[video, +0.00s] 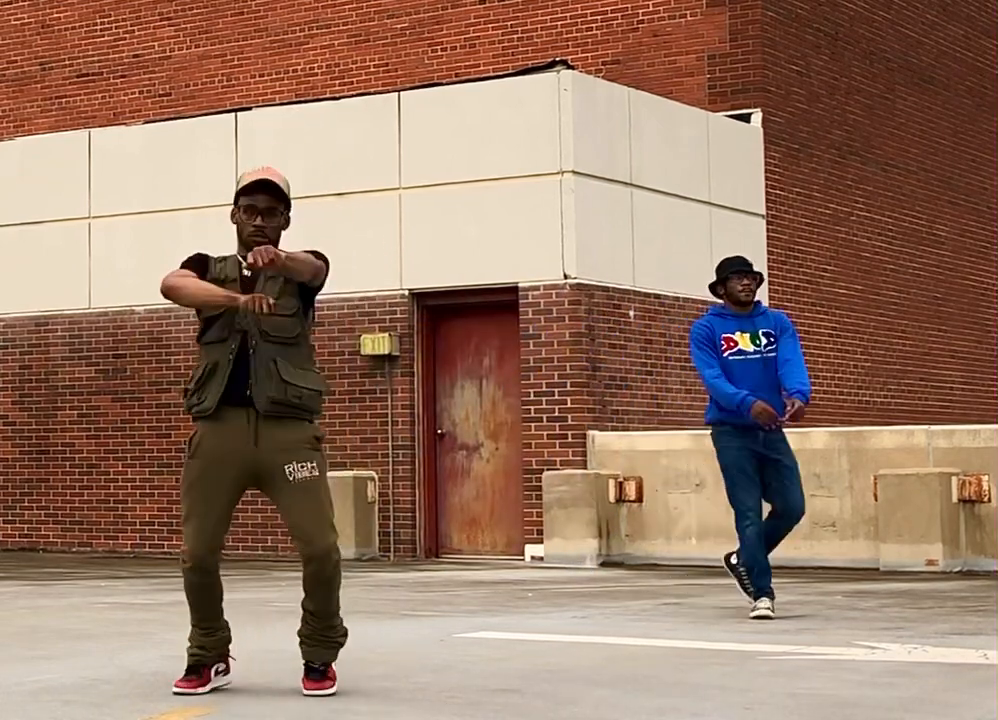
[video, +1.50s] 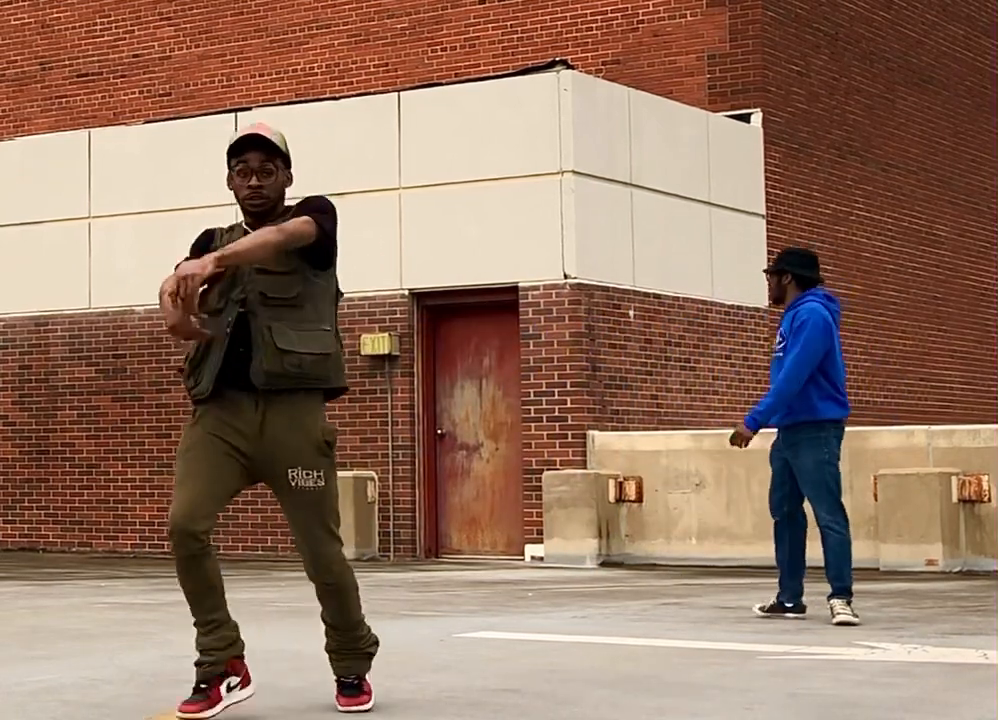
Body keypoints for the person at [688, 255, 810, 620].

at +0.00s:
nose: (747, 283)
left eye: (750, 278)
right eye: (738, 279)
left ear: (757, 285)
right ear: (721, 287)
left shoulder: (777, 321)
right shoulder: (705, 327)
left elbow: (793, 363)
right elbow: (712, 378)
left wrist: (796, 394)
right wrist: (749, 403)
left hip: (772, 431)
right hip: (732, 432)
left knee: (792, 508)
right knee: (748, 512)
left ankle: (744, 561)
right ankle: (762, 595)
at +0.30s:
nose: (769, 277)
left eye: (775, 271)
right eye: (762, 273)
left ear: (788, 280)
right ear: (751, 283)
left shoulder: (812, 321)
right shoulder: (734, 325)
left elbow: (824, 384)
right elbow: (724, 381)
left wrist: (826, 438)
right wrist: (731, 427)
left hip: (801, 434)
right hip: (754, 437)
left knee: (821, 512)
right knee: (758, 522)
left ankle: (843, 591)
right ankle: (764, 597)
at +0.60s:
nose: (787, 272)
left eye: (795, 265)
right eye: (784, 267)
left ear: (818, 271)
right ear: (783, 274)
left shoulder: (848, 314)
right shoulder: (768, 316)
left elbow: (871, 371)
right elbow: (748, 373)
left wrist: (887, 423)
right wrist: (734, 423)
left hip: (829, 432)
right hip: (780, 433)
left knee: (837, 515)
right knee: (771, 512)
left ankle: (841, 599)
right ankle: (773, 587)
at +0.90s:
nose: (790, 273)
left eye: (796, 268)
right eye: (791, 267)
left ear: (819, 271)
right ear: (809, 272)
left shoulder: (854, 315)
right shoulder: (789, 313)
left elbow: (883, 374)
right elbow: (783, 369)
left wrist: (898, 433)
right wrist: (778, 413)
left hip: (832, 432)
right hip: (788, 431)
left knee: (838, 517)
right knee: (796, 515)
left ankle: (841, 600)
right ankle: (801, 599)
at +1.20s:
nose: (781, 282)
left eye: (785, 275)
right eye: (781, 276)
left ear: (805, 275)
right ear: (804, 276)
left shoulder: (840, 308)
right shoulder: (802, 313)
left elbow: (836, 367)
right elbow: (796, 373)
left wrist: (809, 412)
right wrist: (784, 424)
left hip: (830, 428)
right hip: (793, 428)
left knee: (841, 516)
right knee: (787, 513)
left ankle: (842, 599)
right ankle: (792, 598)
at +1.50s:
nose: (769, 284)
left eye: (773, 277)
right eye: (769, 278)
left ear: (790, 278)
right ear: (792, 279)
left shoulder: (814, 316)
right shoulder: (795, 315)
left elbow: (792, 378)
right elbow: (788, 380)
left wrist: (751, 422)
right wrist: (771, 425)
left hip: (817, 430)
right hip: (790, 432)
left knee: (828, 514)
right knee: (785, 512)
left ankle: (840, 598)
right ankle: (788, 599)